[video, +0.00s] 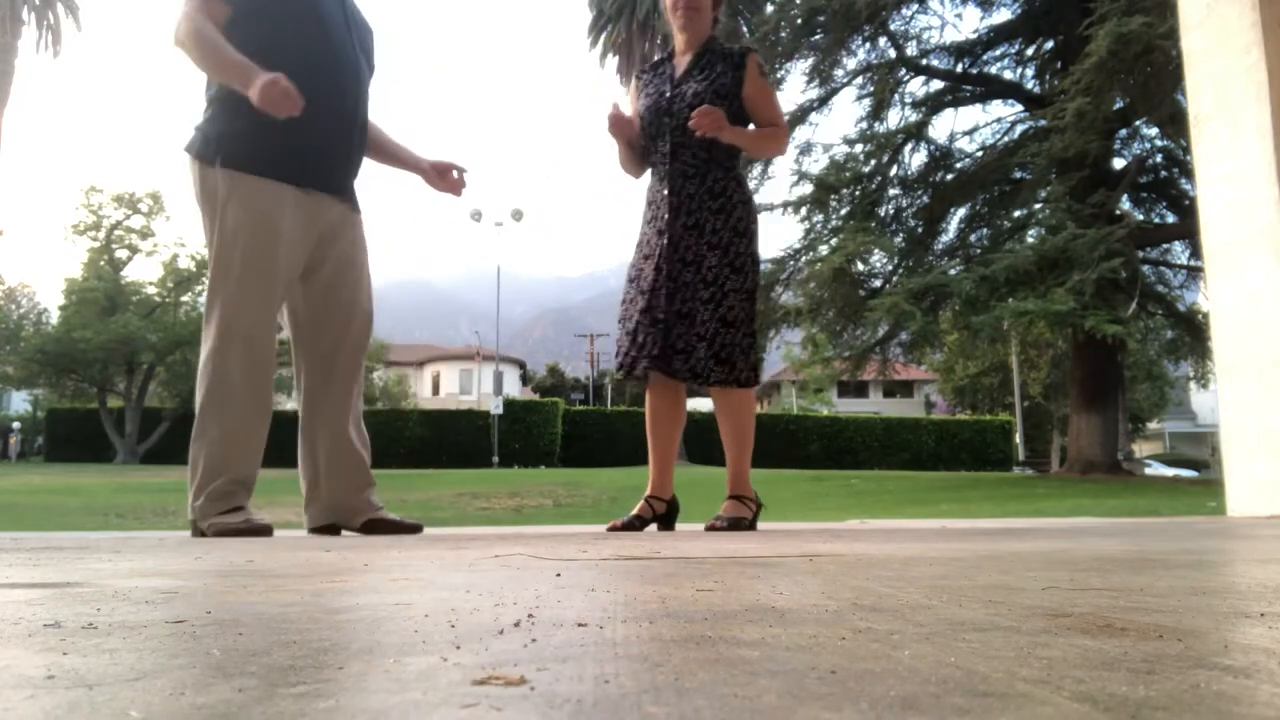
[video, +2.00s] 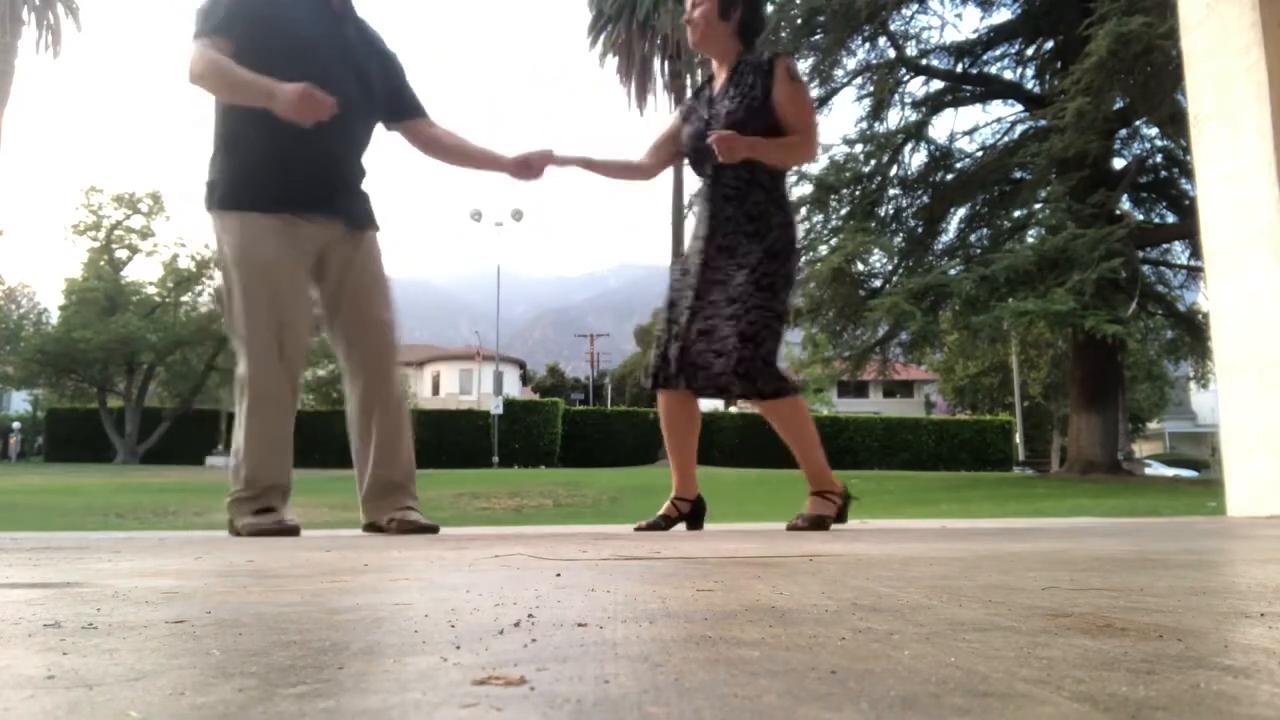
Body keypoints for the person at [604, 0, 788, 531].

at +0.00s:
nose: (681, 5)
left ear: (714, 6)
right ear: (663, 8)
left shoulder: (739, 63)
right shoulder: (648, 77)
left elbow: (777, 138)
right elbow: (637, 167)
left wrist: (730, 132)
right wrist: (626, 140)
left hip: (721, 220)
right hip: (664, 220)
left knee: (727, 354)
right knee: (662, 355)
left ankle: (741, 497)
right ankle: (658, 496)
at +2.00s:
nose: (686, 14)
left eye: (697, 5)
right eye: (687, 6)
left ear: (730, 14)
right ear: (703, 22)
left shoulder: (773, 70)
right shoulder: (701, 99)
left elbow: (805, 147)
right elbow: (647, 166)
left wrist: (749, 145)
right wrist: (570, 159)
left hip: (762, 237)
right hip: (711, 240)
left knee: (750, 363)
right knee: (674, 362)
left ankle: (827, 490)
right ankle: (684, 497)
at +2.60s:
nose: (690, 8)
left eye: (700, 1)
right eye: (691, 2)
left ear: (734, 6)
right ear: (708, 12)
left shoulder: (784, 61)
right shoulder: (702, 89)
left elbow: (842, 127)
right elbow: (652, 147)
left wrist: (826, 120)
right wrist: (588, 112)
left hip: (786, 217)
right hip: (736, 228)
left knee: (738, 321)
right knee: (735, 349)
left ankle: (779, 465)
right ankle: (763, 486)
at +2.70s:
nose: (676, 10)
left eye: (686, 3)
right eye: (678, 3)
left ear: (718, 9)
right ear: (699, 12)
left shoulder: (765, 63)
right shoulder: (692, 91)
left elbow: (818, 132)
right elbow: (649, 159)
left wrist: (811, 116)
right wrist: (581, 125)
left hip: (760, 223)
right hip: (719, 229)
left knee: (698, 330)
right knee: (733, 366)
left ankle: (705, 478)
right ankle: (764, 496)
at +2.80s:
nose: (653, 20)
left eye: (662, 9)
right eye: (655, 11)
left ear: (691, 12)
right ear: (677, 17)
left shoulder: (732, 67)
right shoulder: (682, 91)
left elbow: (776, 136)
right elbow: (649, 178)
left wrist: (743, 91)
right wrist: (578, 152)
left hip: (726, 238)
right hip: (696, 240)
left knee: (660, 343)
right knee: (726, 369)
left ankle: (654, 486)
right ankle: (762, 494)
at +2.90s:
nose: (616, 15)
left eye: (623, 8)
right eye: (615, 12)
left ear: (648, 3)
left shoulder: (670, 36)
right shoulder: (649, 66)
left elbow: (695, 84)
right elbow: (653, 176)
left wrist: (629, 33)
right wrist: (573, 166)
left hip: (687, 228)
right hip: (684, 229)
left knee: (622, 342)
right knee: (705, 363)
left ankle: (647, 490)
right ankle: (759, 487)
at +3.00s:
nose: (590, 15)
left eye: (596, 9)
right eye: (592, 12)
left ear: (616, 2)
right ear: (644, 6)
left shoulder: (630, 17)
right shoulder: (666, 45)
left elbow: (569, 35)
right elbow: (646, 160)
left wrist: (519, 3)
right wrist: (575, 160)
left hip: (651, 193)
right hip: (690, 195)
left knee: (617, 343)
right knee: (669, 348)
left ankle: (646, 489)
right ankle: (727, 468)